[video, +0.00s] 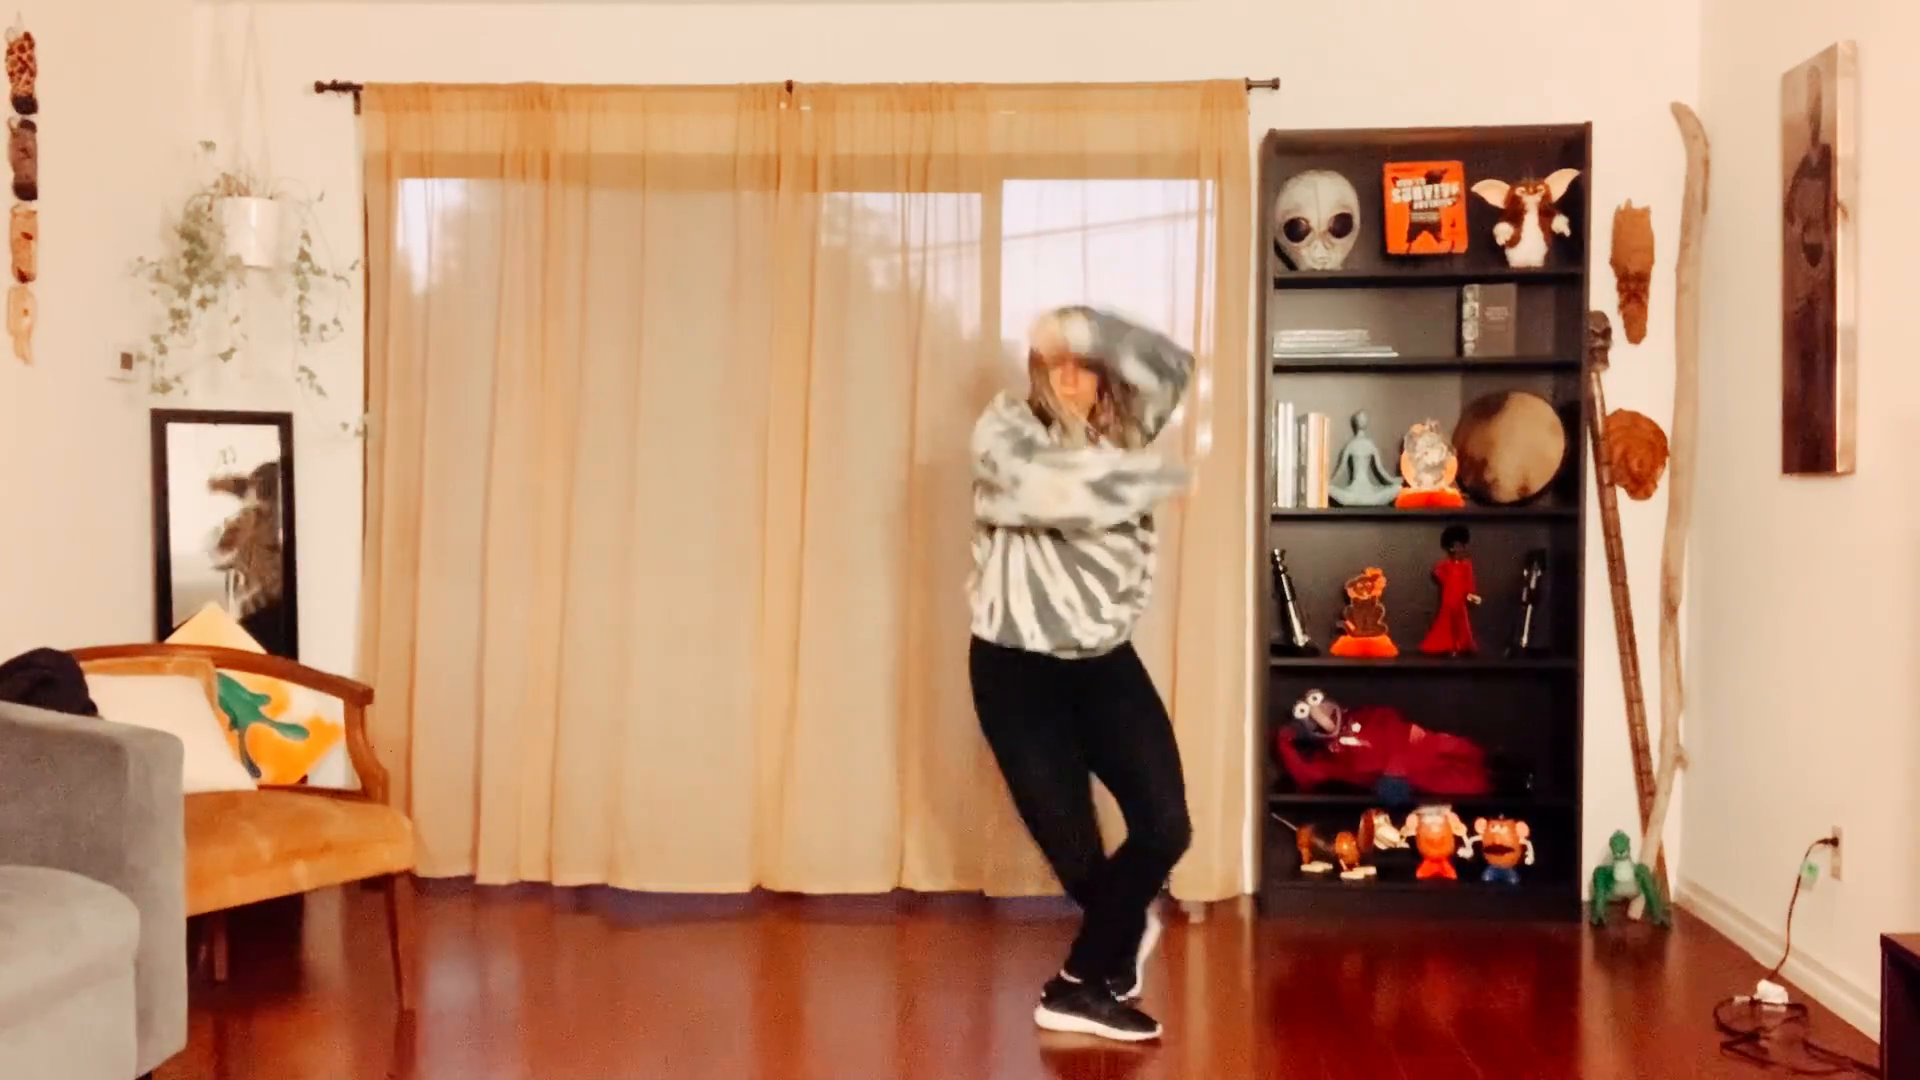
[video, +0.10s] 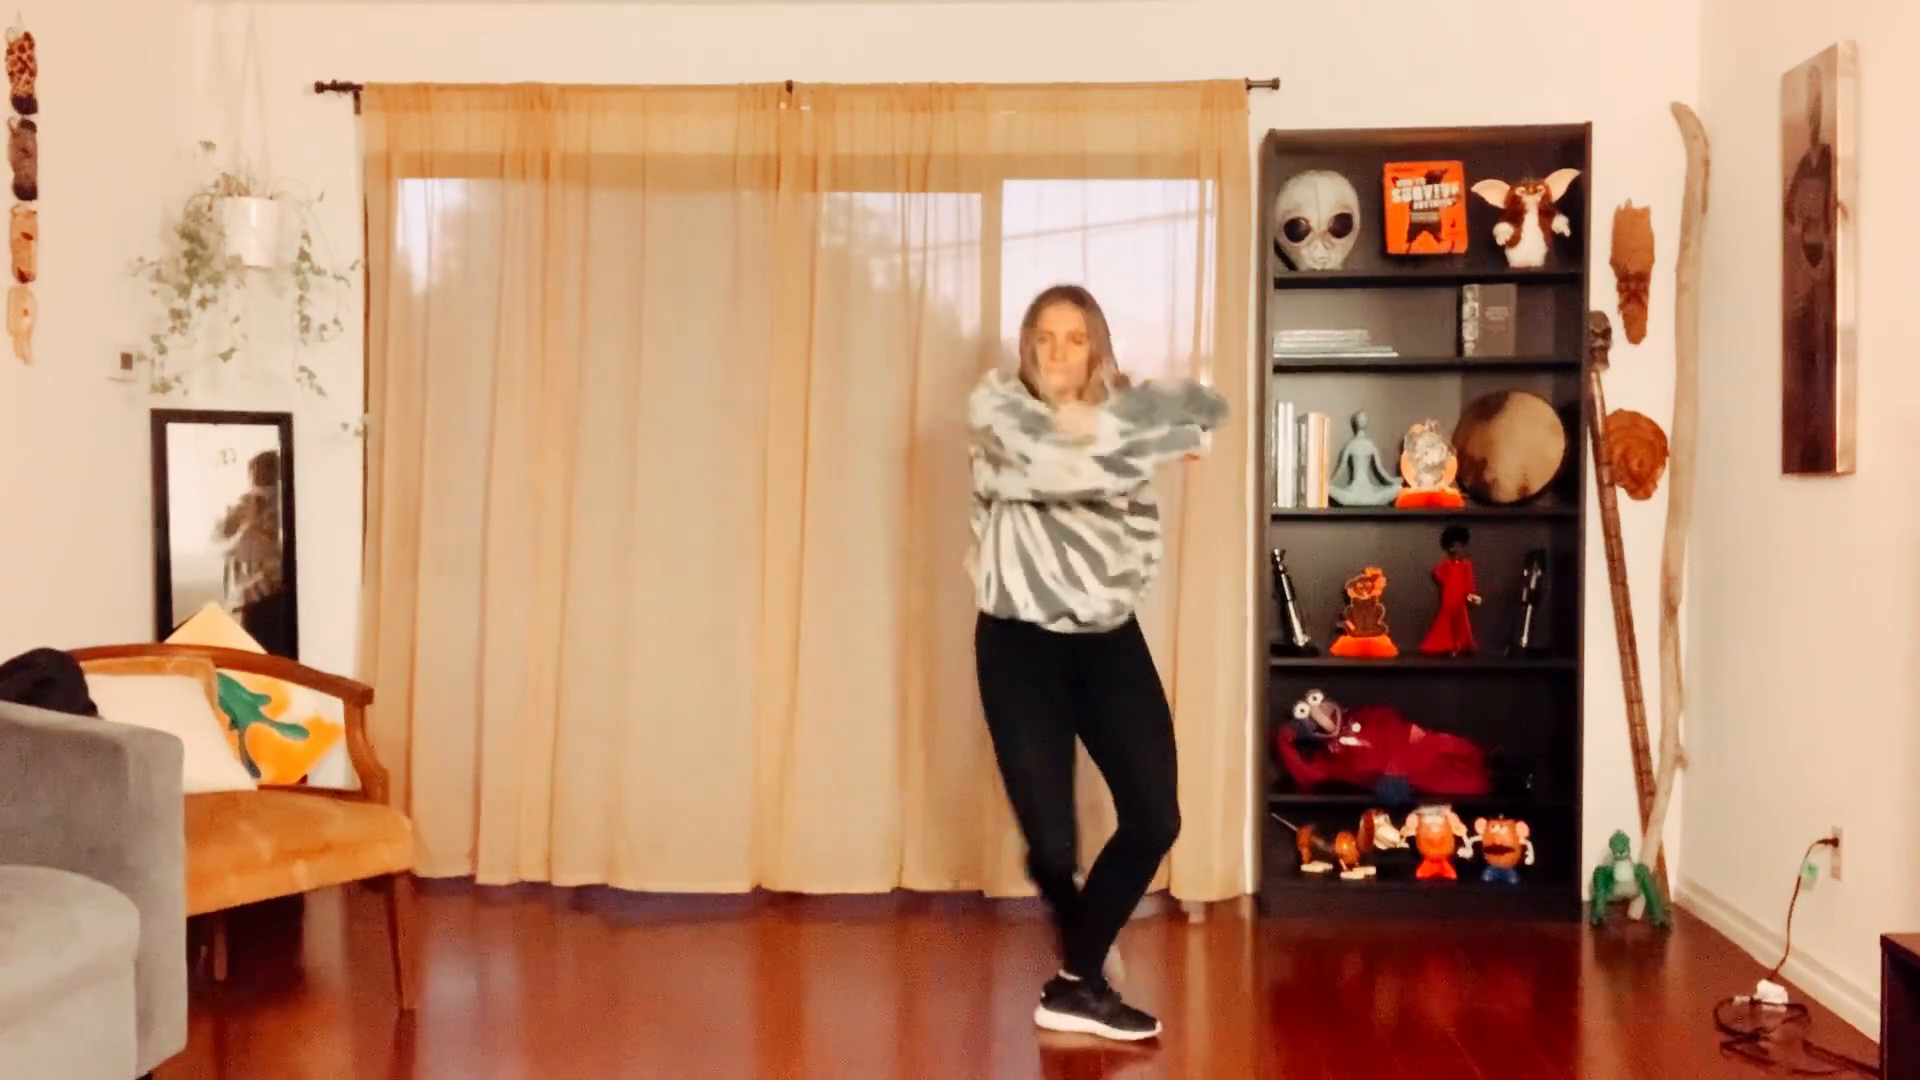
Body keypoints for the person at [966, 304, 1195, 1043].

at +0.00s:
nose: (1062, 381)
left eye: (1075, 367)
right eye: (1048, 367)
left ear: (1104, 373)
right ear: (1034, 373)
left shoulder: (1130, 435)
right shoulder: (1003, 430)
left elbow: (1176, 369)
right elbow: (1041, 491)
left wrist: (1097, 326)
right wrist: (1147, 479)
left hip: (1105, 661)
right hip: (1015, 666)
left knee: (1163, 826)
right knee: (1073, 858)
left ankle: (1080, 990)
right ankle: (1133, 921)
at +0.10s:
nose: (1060, 350)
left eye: (1075, 339)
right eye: (1047, 338)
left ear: (1100, 351)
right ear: (1025, 349)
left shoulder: (1130, 410)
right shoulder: (996, 406)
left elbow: (1207, 408)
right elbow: (1051, 465)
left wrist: (1090, 425)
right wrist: (1151, 443)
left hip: (1109, 638)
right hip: (1019, 641)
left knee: (1153, 818)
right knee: (1050, 846)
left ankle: (1074, 989)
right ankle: (1087, 955)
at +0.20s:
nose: (1049, 336)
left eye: (1064, 324)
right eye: (1035, 323)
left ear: (1088, 336)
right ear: (1013, 334)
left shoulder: (1126, 405)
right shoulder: (988, 397)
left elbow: (1235, 456)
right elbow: (1037, 463)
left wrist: (1196, 410)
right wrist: (1150, 456)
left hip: (1104, 635)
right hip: (1012, 634)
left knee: (1152, 818)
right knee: (986, 823)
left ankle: (1075, 983)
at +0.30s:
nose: (1042, 332)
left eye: (1058, 319)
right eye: (1027, 320)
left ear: (1081, 331)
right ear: (1008, 331)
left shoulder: (1122, 413)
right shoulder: (979, 403)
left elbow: (1209, 462)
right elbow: (997, 504)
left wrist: (1285, 460)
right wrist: (1108, 494)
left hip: (1099, 637)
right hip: (1003, 632)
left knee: (1153, 815)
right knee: (927, 806)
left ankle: (1076, 984)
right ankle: (862, 937)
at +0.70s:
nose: (1004, 309)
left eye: (1018, 297)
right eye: (989, 297)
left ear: (1040, 310)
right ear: (968, 311)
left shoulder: (1072, 400)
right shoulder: (946, 402)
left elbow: (1140, 454)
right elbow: (929, 530)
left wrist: (1234, 464)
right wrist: (1007, 517)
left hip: (1029, 622)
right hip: (931, 614)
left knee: (1076, 810)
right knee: (867, 792)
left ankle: (1115, 974)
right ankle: (823, 969)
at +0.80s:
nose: (978, 300)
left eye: (991, 287)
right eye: (963, 290)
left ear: (1015, 301)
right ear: (940, 308)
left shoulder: (1050, 400)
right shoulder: (904, 397)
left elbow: (1119, 473)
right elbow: (852, 499)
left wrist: (1211, 498)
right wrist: (894, 518)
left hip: (1011, 615)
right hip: (910, 613)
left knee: (1059, 800)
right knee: (853, 790)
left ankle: (1110, 970)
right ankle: (823, 970)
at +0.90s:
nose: (933, 295)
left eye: (950, 282)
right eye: (918, 283)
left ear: (974, 296)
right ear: (899, 298)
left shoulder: (1017, 388)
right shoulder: (860, 371)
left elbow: (1081, 483)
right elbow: (783, 436)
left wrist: (1185, 513)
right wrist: (798, 461)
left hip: (982, 609)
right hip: (885, 608)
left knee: (1020, 786)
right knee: (842, 783)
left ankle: (1090, 962)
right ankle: (820, 971)